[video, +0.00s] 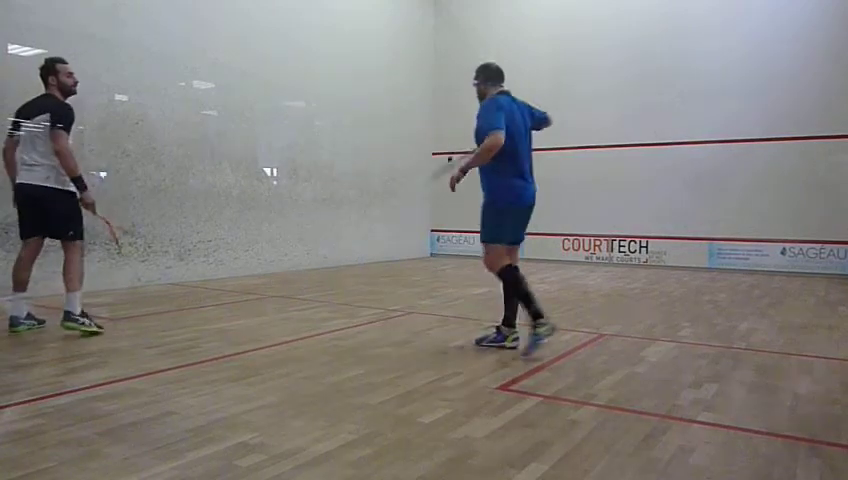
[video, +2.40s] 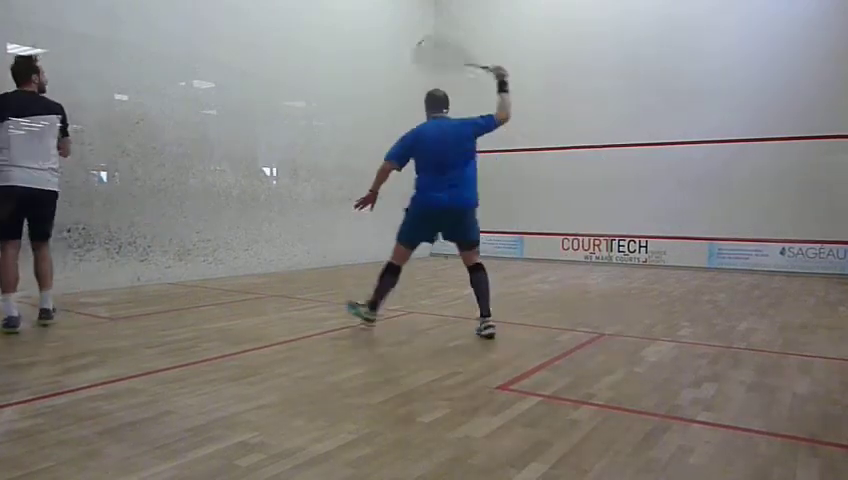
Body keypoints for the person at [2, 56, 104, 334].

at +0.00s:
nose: (75, 79)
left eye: (73, 75)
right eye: (69, 75)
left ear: (50, 82)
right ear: (52, 80)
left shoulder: (24, 109)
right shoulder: (62, 109)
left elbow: (8, 151)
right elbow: (60, 147)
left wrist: (18, 185)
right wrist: (83, 189)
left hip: (26, 190)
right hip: (57, 191)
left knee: (31, 245)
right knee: (73, 247)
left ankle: (18, 314)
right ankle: (73, 313)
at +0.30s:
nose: (93, 77)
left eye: (91, 72)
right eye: (87, 73)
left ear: (67, 81)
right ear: (70, 79)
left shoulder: (39, 110)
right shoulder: (82, 107)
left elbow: (28, 154)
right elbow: (87, 144)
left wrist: (46, 179)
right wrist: (110, 188)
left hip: (40, 190)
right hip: (71, 190)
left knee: (41, 251)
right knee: (69, 259)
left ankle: (22, 315)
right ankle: (72, 327)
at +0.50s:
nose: (103, 73)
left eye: (102, 68)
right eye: (97, 68)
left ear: (77, 75)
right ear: (79, 73)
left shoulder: (50, 102)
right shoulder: (88, 103)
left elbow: (53, 146)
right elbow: (90, 141)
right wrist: (116, 183)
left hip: (43, 185)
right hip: (70, 187)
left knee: (51, 250)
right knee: (71, 256)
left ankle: (34, 319)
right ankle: (72, 327)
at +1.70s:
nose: (111, 76)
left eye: (110, 70)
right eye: (105, 71)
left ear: (82, 75)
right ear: (88, 74)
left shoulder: (50, 98)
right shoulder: (95, 105)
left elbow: (33, 144)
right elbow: (98, 150)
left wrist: (50, 170)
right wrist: (119, 190)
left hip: (40, 185)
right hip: (74, 190)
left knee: (36, 249)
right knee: (71, 259)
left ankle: (22, 316)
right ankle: (72, 326)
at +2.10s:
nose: (66, 78)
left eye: (64, 73)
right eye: (62, 73)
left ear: (37, 77)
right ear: (50, 76)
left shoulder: (9, 104)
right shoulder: (65, 109)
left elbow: (1, 143)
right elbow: (82, 155)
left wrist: (4, 173)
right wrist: (82, 174)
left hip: (13, 190)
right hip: (53, 192)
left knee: (15, 251)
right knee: (67, 253)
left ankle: (11, 315)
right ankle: (70, 307)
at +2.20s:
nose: (56, 76)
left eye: (53, 71)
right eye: (52, 71)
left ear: (27, 78)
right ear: (42, 76)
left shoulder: (5, 102)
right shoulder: (59, 108)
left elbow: (3, 143)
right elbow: (75, 154)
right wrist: (65, 162)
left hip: (10, 189)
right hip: (48, 191)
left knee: (11, 249)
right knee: (60, 247)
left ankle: (10, 314)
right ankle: (62, 303)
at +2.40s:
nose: (45, 76)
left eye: (42, 72)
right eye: (42, 72)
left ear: (16, 78)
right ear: (34, 77)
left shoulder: (3, 102)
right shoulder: (55, 109)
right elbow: (65, 149)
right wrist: (37, 135)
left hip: (8, 187)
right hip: (44, 189)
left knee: (9, 248)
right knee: (41, 245)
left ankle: (10, 312)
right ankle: (46, 306)